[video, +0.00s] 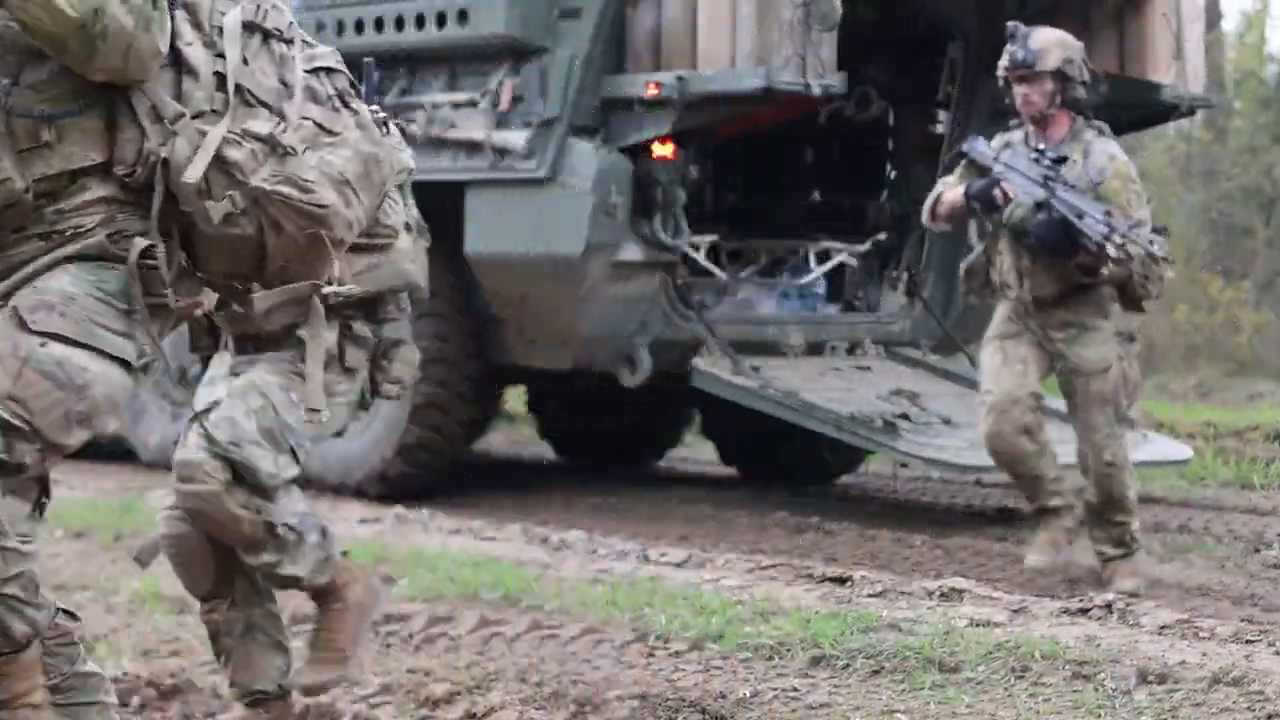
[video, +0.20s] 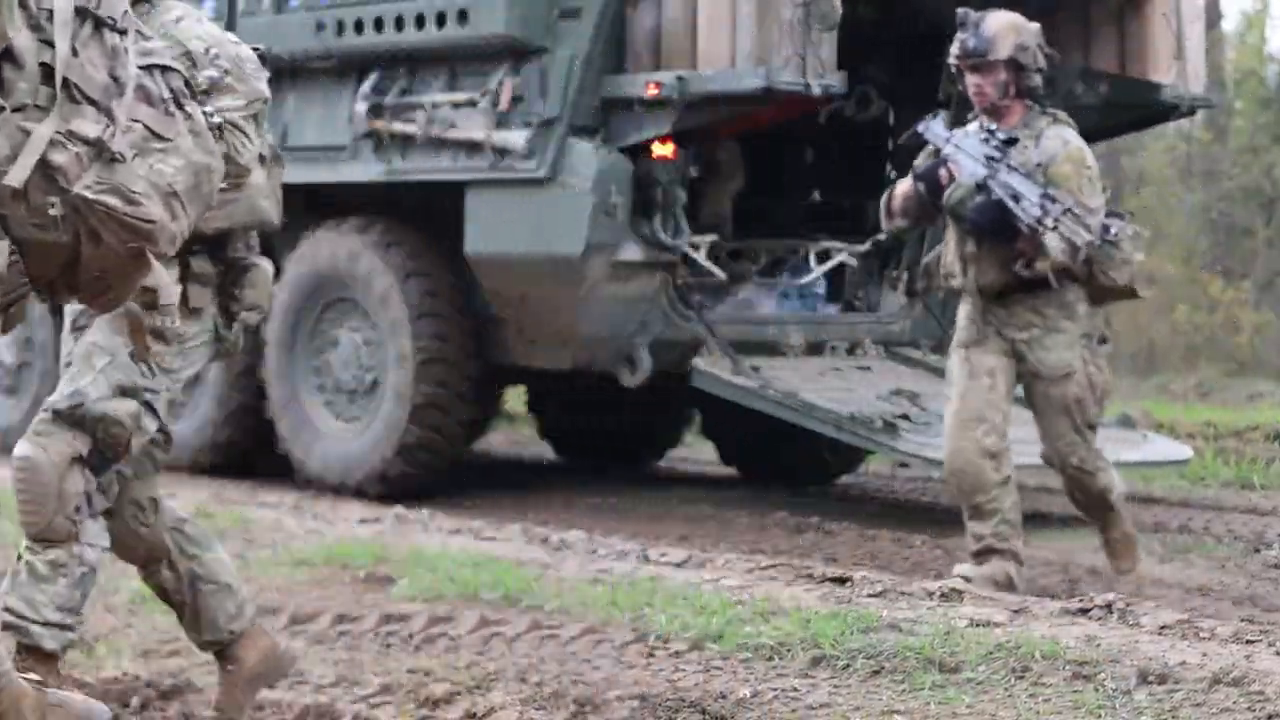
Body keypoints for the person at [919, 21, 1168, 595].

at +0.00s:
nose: (1022, 94)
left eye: (1034, 83)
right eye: (1017, 84)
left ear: (1064, 87)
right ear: (1011, 89)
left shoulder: (1105, 158)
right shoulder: (999, 150)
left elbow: (1134, 256)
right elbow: (933, 211)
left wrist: (1093, 260)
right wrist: (976, 196)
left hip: (1085, 319)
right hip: (1015, 317)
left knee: (1101, 447)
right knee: (1004, 427)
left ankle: (1119, 553)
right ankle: (1058, 515)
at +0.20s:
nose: (973, 83)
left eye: (985, 71)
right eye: (968, 72)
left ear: (1018, 74)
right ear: (961, 75)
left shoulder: (1060, 145)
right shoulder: (961, 139)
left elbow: (1076, 242)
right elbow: (892, 213)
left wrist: (1017, 237)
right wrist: (928, 181)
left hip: (1050, 314)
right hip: (979, 314)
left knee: (1070, 455)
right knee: (970, 450)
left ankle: (1114, 528)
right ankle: (996, 563)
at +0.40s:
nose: (929, 69)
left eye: (943, 57)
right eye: (922, 57)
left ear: (976, 57)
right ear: (914, 58)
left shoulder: (1021, 132)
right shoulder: (906, 125)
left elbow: (1043, 235)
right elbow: (856, 212)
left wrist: (981, 241)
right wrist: (873, 180)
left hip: (1013, 295)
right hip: (939, 305)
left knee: (976, 388)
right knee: (937, 476)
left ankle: (1006, 544)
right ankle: (986, 556)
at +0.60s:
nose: (876, 75)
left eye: (890, 62)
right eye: (869, 63)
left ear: (927, 61)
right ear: (862, 65)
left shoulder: (974, 140)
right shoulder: (860, 130)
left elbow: (978, 253)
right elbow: (809, 226)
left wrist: (905, 251)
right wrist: (820, 186)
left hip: (955, 320)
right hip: (881, 322)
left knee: (927, 468)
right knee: (880, 479)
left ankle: (939, 609)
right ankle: (978, 487)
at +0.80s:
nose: (790, 86)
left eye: (804, 73)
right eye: (784, 74)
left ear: (845, 71)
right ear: (780, 75)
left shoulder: (895, 153)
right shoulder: (792, 142)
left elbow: (904, 263)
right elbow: (740, 244)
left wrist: (813, 287)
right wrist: (743, 206)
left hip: (885, 350)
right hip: (804, 346)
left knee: (889, 501)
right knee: (767, 487)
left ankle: (936, 616)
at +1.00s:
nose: (685, 117)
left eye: (698, 103)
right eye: (681, 103)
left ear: (743, 103)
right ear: (685, 104)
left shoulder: (795, 186)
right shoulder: (691, 181)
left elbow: (793, 300)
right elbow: (634, 286)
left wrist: (706, 329)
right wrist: (634, 243)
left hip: (777, 398)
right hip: (693, 395)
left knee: (734, 533)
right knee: (665, 561)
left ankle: (836, 609)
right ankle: (738, 683)